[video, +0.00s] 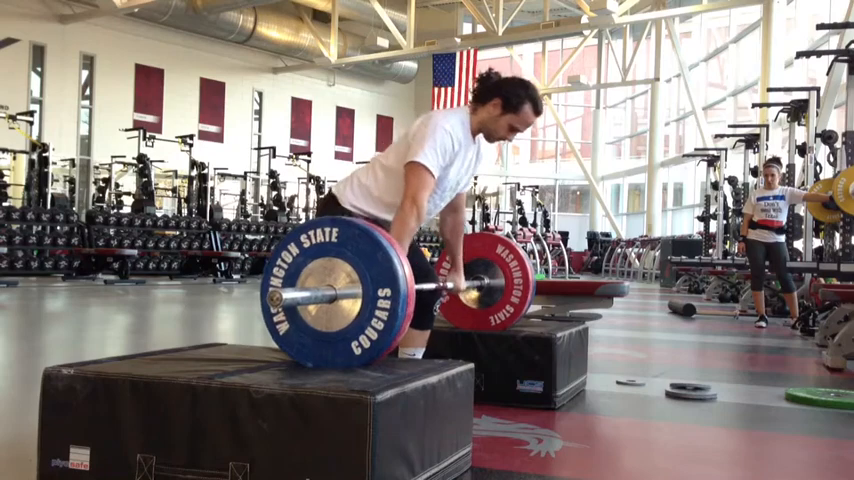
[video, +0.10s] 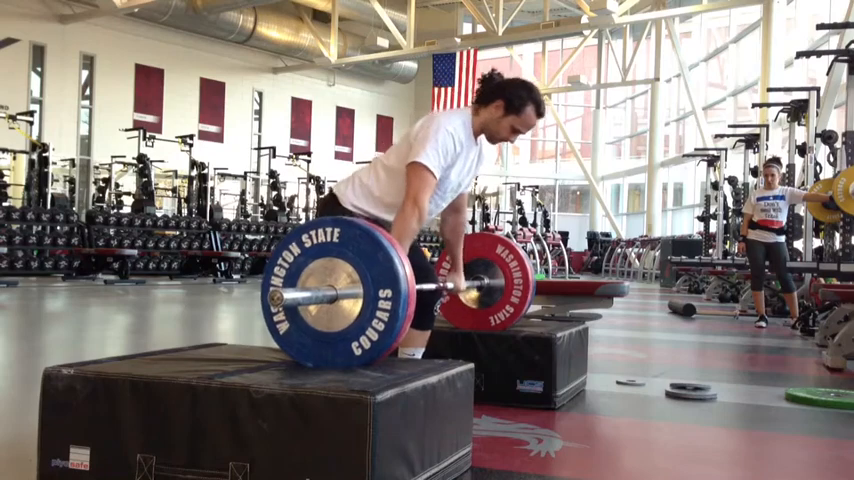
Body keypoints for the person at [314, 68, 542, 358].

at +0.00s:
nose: (511, 138)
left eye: (517, 133)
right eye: (512, 129)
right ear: (495, 106)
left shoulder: (475, 148)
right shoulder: (440, 127)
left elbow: (454, 211)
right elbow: (412, 206)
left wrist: (457, 269)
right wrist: (389, 275)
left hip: (389, 224)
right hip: (347, 213)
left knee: (425, 291)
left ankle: (403, 389)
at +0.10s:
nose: (513, 140)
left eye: (519, 135)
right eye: (514, 130)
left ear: (498, 111)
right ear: (498, 108)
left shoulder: (476, 148)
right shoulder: (443, 128)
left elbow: (455, 212)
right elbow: (414, 207)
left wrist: (457, 269)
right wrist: (388, 273)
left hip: (389, 225)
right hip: (348, 212)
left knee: (425, 292)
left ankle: (401, 389)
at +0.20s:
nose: (516, 141)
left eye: (522, 136)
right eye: (517, 131)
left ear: (502, 112)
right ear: (501, 109)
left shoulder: (480, 151)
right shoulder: (446, 129)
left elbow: (456, 213)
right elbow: (415, 207)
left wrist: (457, 269)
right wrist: (389, 273)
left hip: (391, 224)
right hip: (349, 212)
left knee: (426, 291)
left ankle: (403, 387)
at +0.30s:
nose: (518, 143)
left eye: (525, 139)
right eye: (520, 134)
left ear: (506, 113)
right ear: (504, 111)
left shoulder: (482, 152)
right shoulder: (449, 129)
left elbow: (458, 214)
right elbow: (417, 205)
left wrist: (457, 270)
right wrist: (390, 271)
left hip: (392, 225)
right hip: (350, 211)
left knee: (425, 291)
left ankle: (405, 387)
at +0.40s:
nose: (521, 145)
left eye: (528, 140)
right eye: (523, 135)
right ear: (506, 112)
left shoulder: (483, 153)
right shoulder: (452, 130)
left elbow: (457, 214)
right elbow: (419, 204)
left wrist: (458, 270)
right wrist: (390, 268)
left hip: (390, 225)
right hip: (350, 211)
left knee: (426, 289)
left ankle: (406, 385)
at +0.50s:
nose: (522, 147)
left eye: (529, 142)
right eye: (524, 137)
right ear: (507, 113)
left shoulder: (484, 153)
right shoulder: (453, 130)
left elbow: (458, 214)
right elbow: (419, 205)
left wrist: (457, 270)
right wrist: (390, 270)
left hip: (390, 224)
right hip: (350, 210)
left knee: (425, 288)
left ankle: (406, 384)